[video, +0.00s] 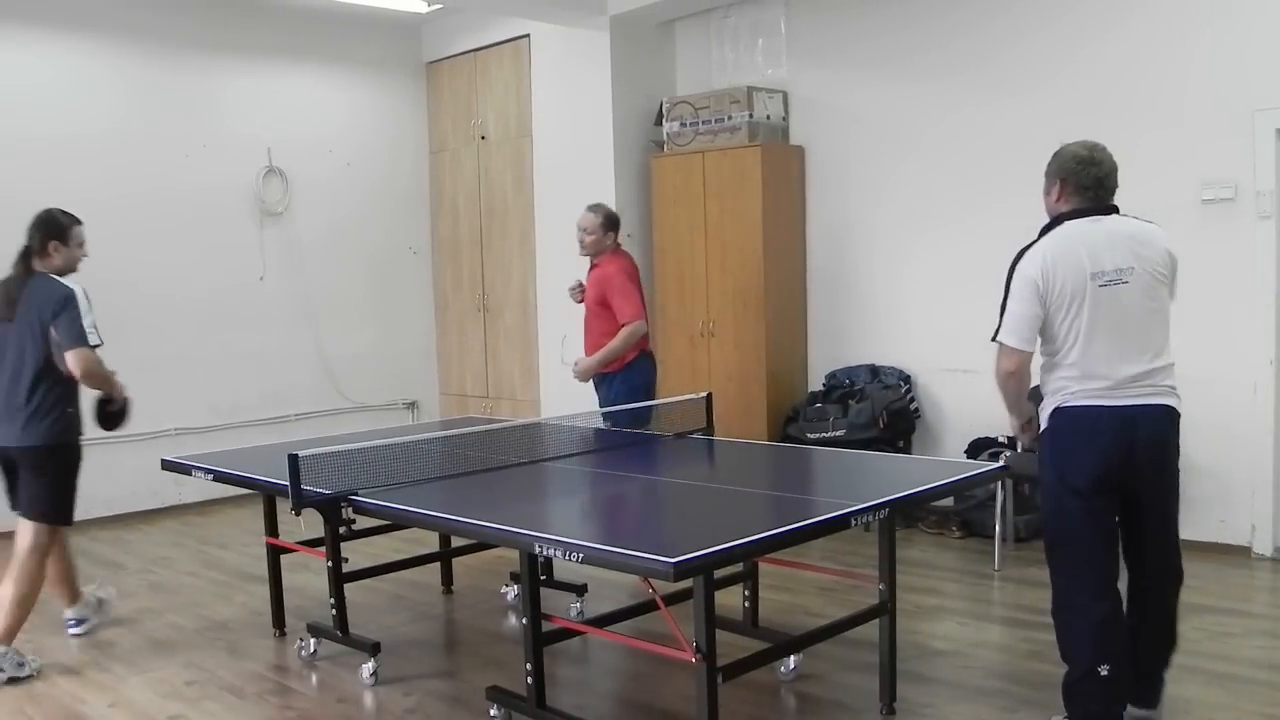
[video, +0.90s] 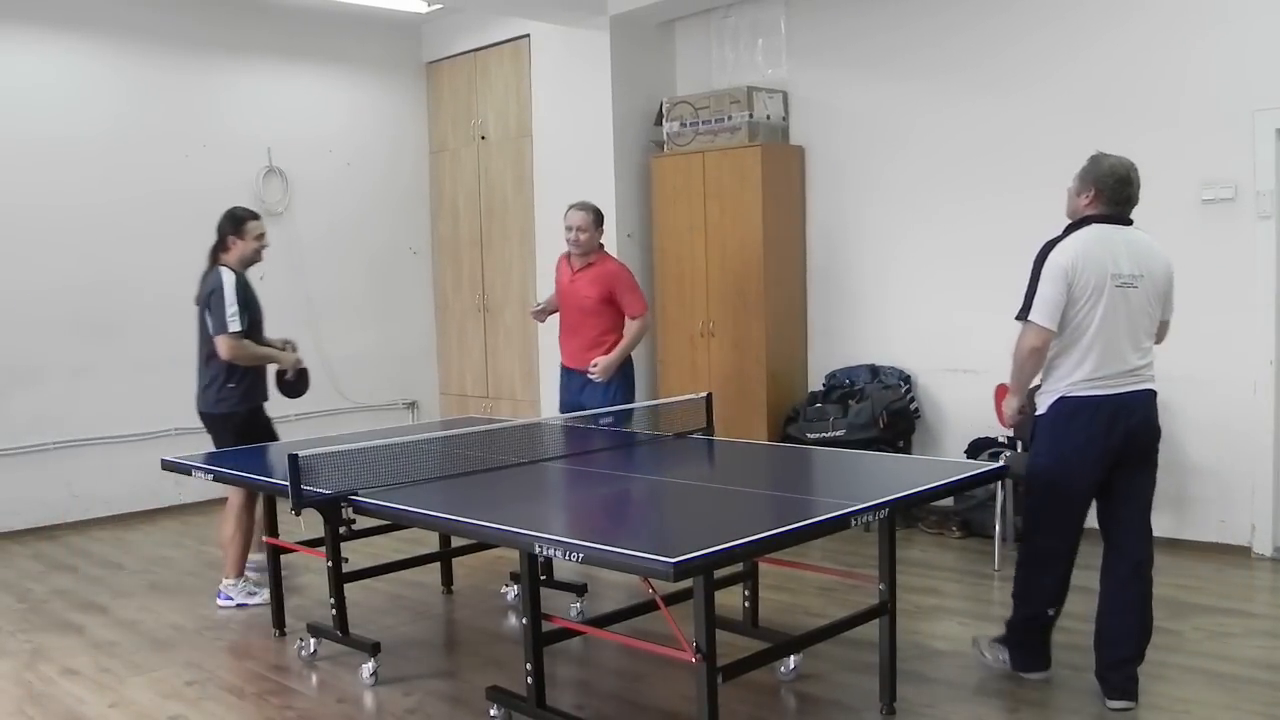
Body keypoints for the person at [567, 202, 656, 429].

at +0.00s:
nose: (580, 238)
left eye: (587, 232)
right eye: (579, 231)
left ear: (609, 237)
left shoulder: (616, 268)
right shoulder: (602, 262)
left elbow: (636, 325)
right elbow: (613, 297)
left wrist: (594, 363)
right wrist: (586, 294)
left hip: (627, 371)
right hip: (613, 371)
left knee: (627, 450)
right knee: (622, 449)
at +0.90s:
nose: (573, 236)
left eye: (581, 230)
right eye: (569, 229)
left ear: (599, 233)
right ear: (564, 230)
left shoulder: (615, 272)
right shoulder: (563, 263)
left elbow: (640, 319)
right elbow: (565, 294)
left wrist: (614, 360)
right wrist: (547, 308)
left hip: (608, 378)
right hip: (571, 376)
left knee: (609, 446)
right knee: (576, 446)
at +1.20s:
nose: (572, 232)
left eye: (579, 226)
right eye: (565, 225)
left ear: (589, 231)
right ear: (555, 230)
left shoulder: (609, 268)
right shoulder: (538, 270)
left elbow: (631, 307)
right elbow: (521, 307)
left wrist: (627, 344)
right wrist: (522, 320)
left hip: (600, 376)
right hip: (554, 377)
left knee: (611, 446)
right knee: (556, 446)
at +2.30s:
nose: (600, 229)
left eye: (600, 224)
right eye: (593, 223)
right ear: (572, 229)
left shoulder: (612, 264)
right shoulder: (552, 274)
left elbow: (626, 302)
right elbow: (532, 322)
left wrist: (642, 320)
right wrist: (572, 324)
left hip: (623, 366)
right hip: (581, 371)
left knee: (641, 434)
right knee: (578, 443)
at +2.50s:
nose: (637, 235)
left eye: (638, 229)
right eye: (632, 228)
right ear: (609, 231)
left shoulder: (644, 270)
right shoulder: (587, 273)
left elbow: (657, 310)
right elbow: (563, 319)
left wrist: (669, 329)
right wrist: (603, 326)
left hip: (650, 368)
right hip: (608, 372)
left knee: (659, 443)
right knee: (603, 445)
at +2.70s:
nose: (674, 240)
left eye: (675, 234)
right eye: (670, 233)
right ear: (650, 232)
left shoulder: (675, 272)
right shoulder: (620, 271)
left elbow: (688, 314)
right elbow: (596, 318)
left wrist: (700, 330)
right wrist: (638, 327)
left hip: (677, 366)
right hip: (640, 369)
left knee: (680, 444)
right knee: (642, 444)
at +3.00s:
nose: (712, 242)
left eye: (713, 235)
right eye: (709, 233)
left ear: (695, 233)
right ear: (692, 232)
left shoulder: (701, 271)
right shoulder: (663, 270)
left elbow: (705, 315)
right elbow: (639, 315)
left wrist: (735, 333)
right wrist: (689, 329)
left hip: (702, 370)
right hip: (675, 373)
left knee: (702, 443)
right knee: (683, 445)